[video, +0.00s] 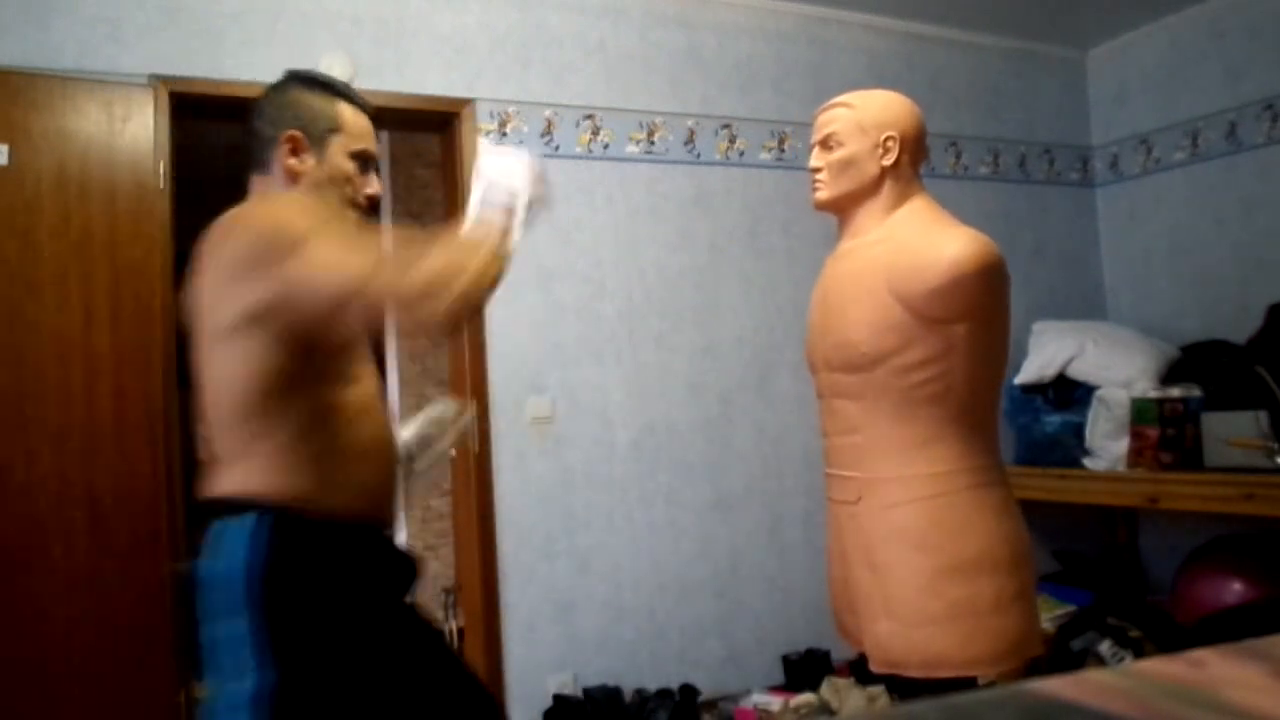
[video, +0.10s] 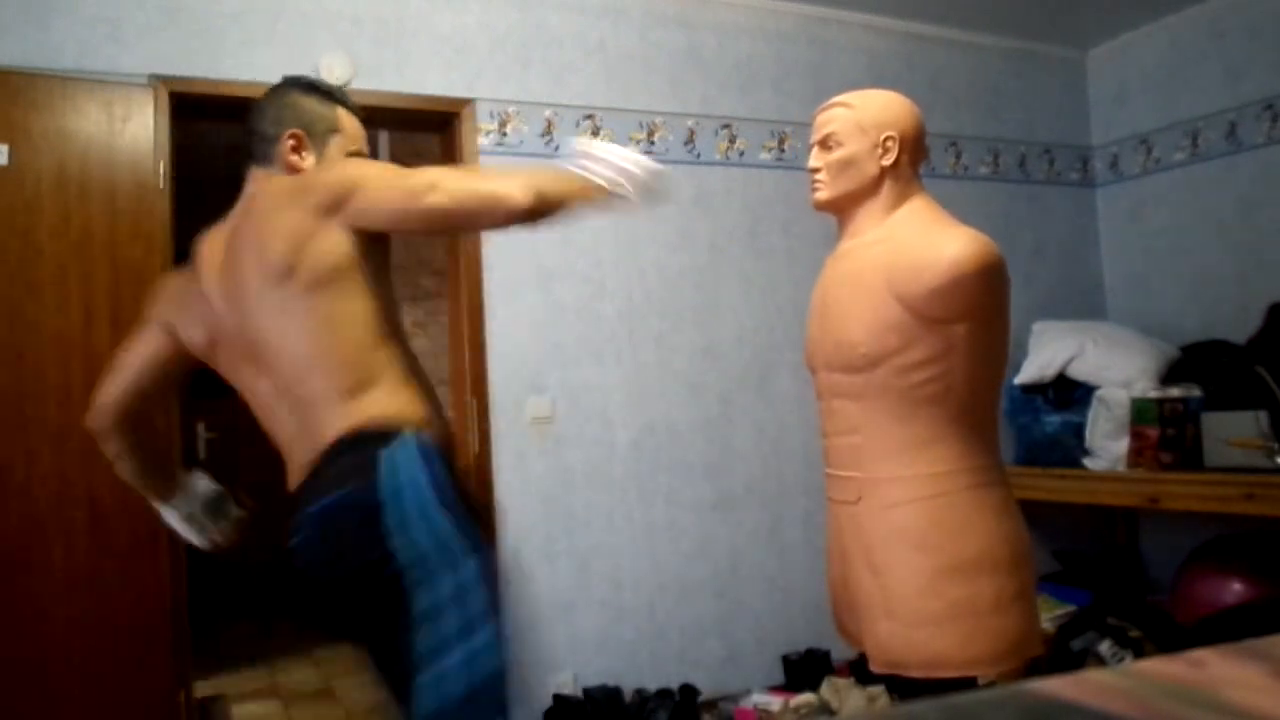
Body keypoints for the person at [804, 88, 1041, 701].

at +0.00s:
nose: (812, 160)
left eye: (830, 144)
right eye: (813, 146)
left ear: (887, 152)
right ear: (881, 154)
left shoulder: (949, 261)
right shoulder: (846, 260)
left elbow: (966, 433)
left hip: (937, 544)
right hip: (868, 541)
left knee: (960, 703)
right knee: (897, 696)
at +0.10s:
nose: (811, 161)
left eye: (830, 144)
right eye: (812, 146)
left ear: (887, 152)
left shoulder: (948, 260)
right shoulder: (844, 260)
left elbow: (966, 431)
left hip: (936, 544)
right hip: (867, 541)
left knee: (960, 704)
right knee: (897, 696)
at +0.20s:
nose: (812, 161)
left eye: (830, 144)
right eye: (813, 146)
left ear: (887, 152)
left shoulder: (949, 260)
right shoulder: (847, 259)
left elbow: (968, 435)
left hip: (939, 546)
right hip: (865, 541)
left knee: (964, 706)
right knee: (892, 699)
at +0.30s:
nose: (824, 188)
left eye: (843, 172)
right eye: (821, 171)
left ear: (900, 179)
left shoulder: (944, 251)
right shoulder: (829, 271)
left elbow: (955, 404)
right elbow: (817, 392)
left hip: (938, 514)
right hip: (864, 513)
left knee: (959, 679)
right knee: (892, 677)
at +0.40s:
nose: (809, 172)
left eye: (824, 157)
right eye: (810, 159)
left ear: (875, 164)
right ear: (871, 167)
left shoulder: (933, 248)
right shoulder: (842, 259)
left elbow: (961, 403)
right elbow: (849, 406)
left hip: (935, 519)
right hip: (874, 517)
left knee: (950, 693)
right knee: (905, 693)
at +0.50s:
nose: (815, 170)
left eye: (830, 155)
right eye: (817, 156)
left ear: (883, 160)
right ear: (880, 163)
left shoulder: (930, 254)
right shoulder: (859, 254)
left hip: (933, 520)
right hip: (872, 520)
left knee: (955, 697)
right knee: (900, 690)